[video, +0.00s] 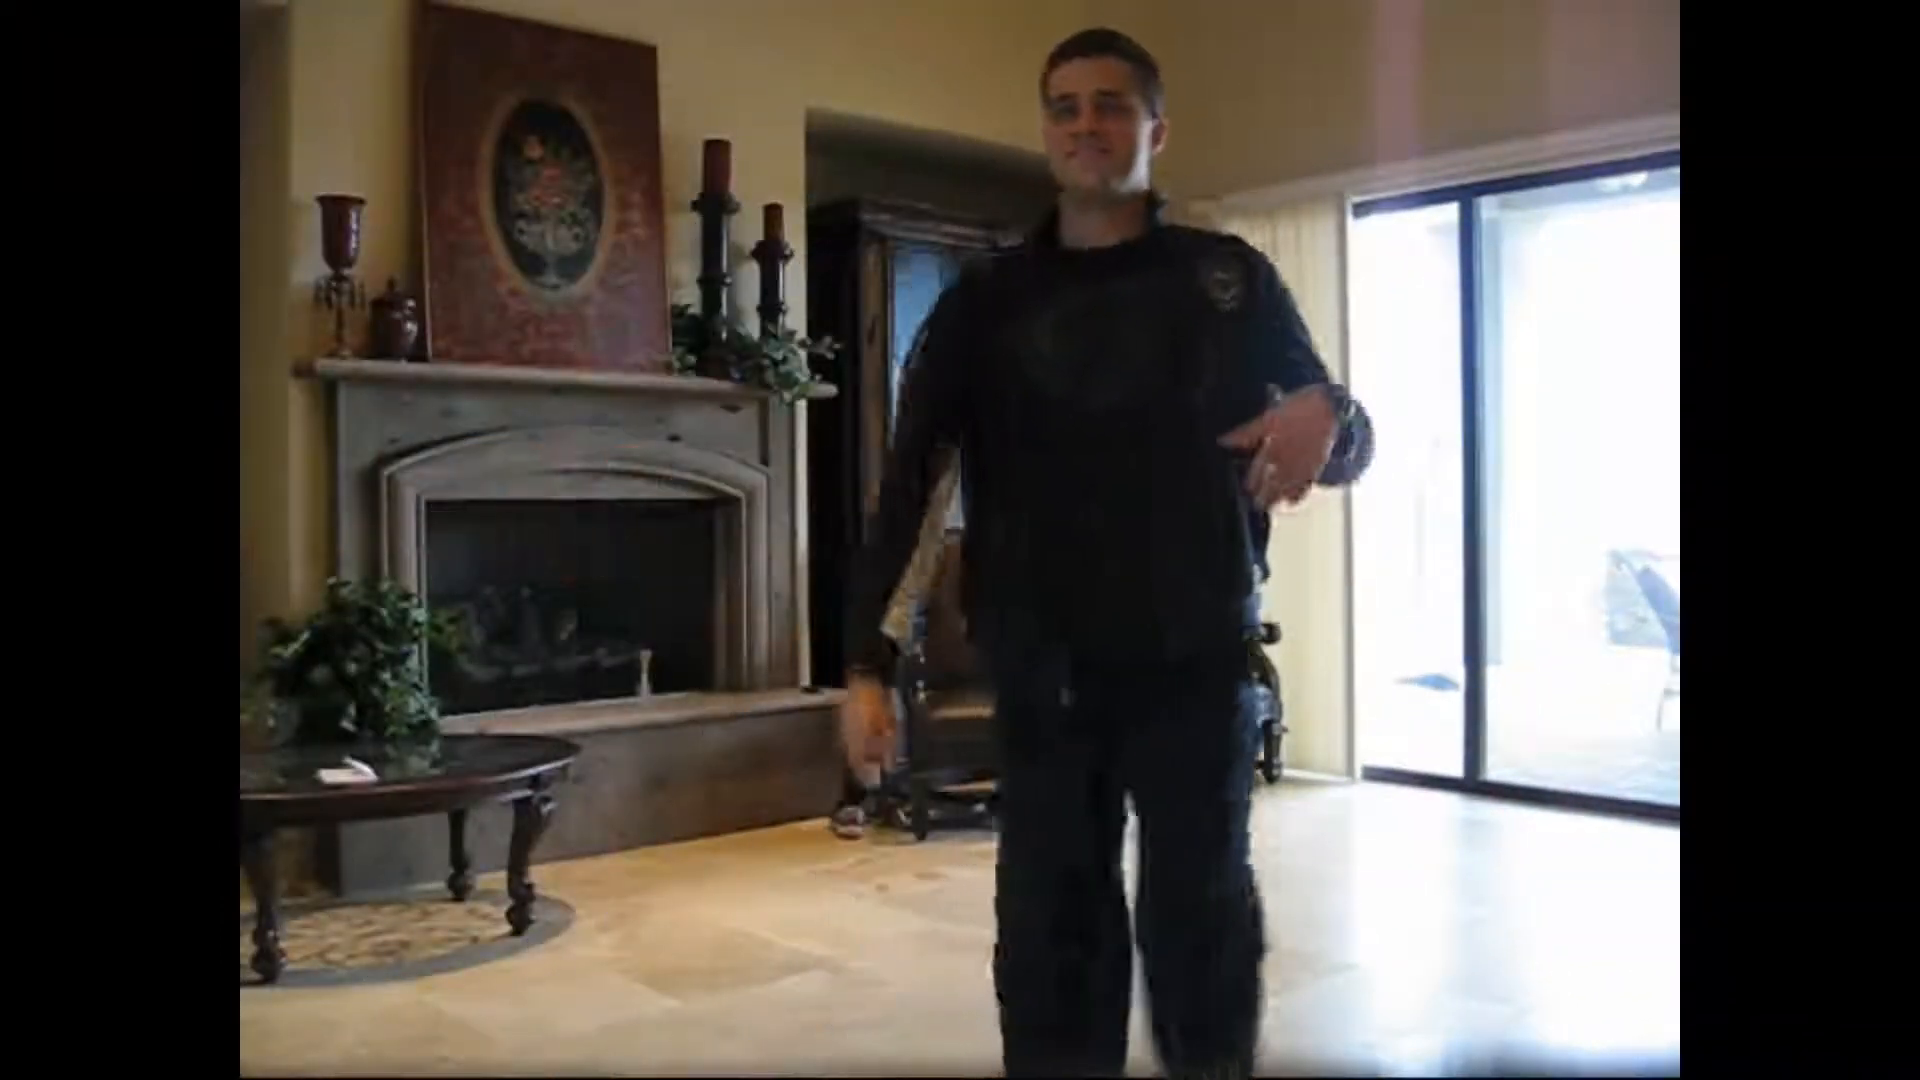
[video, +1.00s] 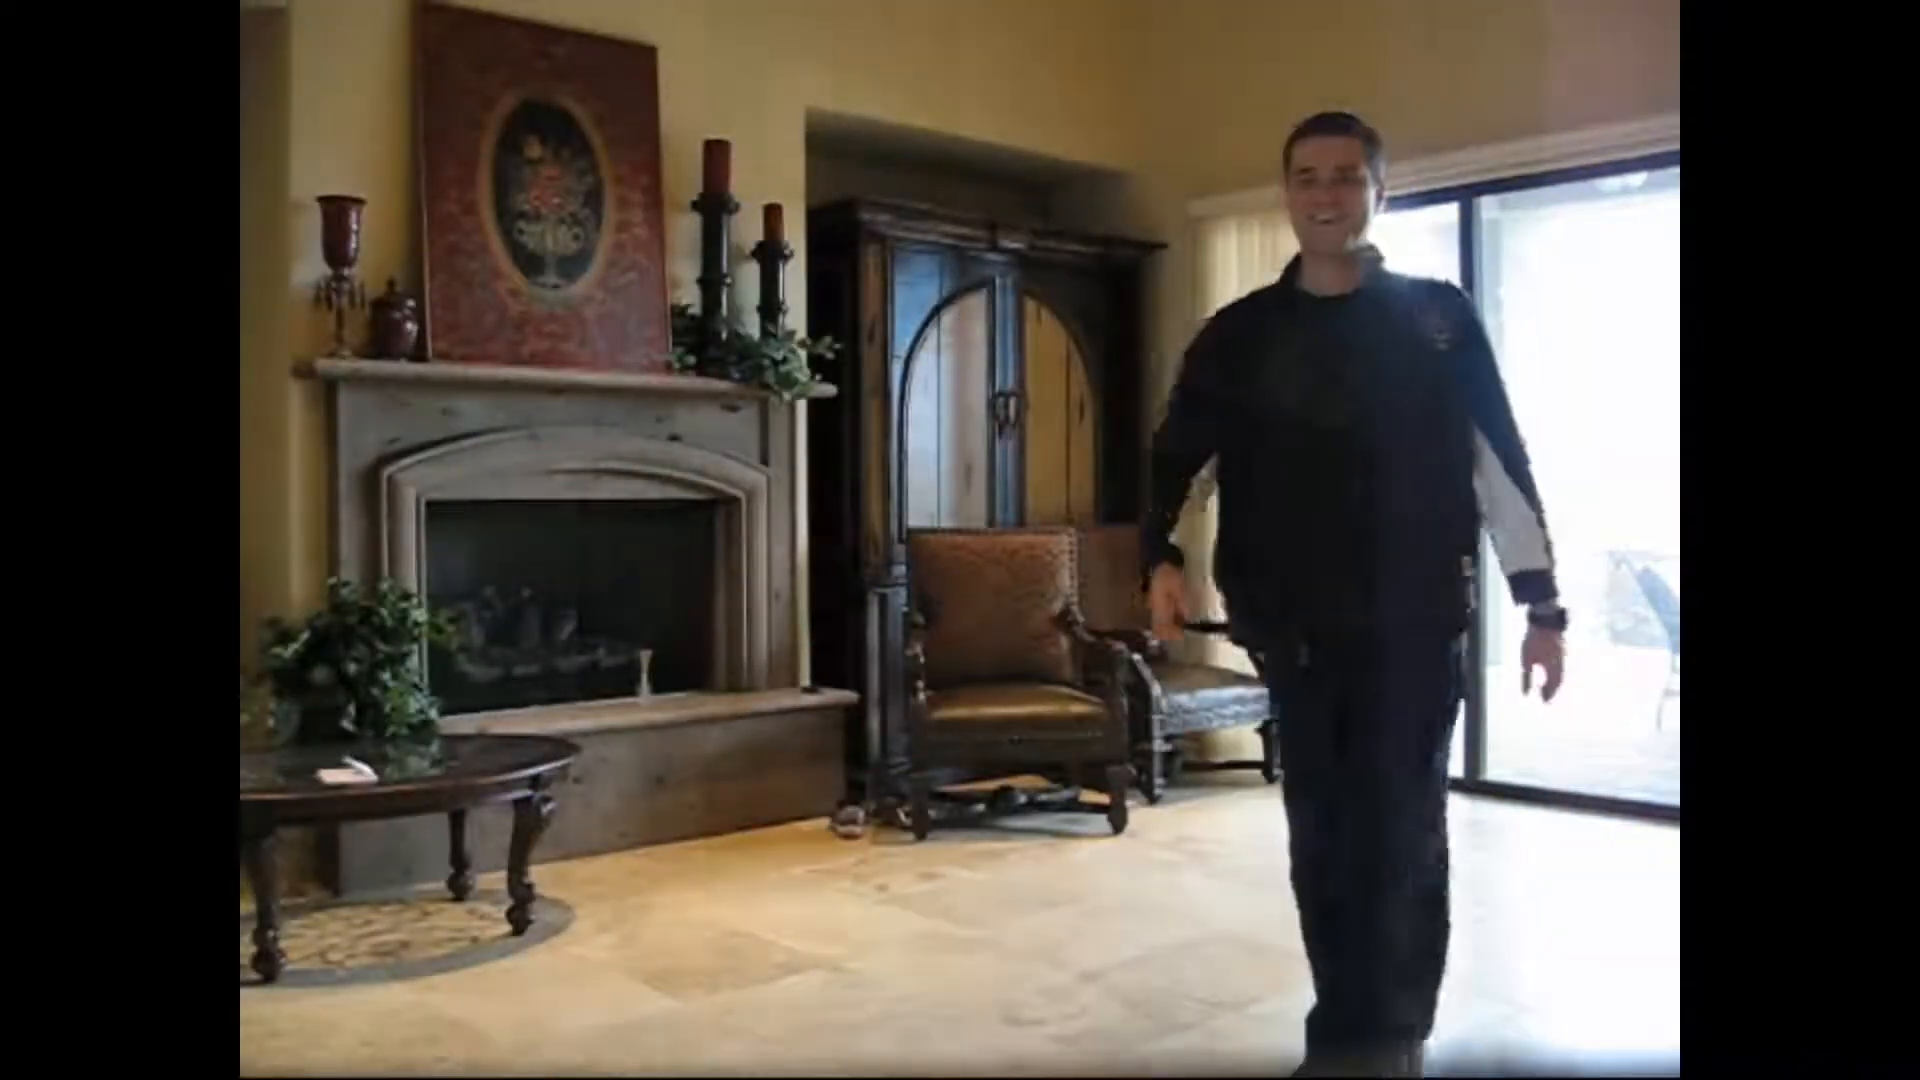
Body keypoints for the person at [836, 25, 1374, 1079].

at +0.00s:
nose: (1088, 125)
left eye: (1112, 106)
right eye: (1065, 108)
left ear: (1156, 129)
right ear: (1042, 133)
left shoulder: (1226, 276)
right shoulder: (983, 297)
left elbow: (1336, 434)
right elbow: (908, 485)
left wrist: (1327, 411)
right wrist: (867, 659)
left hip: (1195, 656)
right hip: (1041, 659)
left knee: (1200, 914)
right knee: (1048, 922)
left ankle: (1211, 1067)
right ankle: (1058, 1074)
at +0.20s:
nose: (1159, 163)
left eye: (1182, 144)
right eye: (1138, 147)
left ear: (1219, 164)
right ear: (1112, 170)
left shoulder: (1295, 302)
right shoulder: (1072, 322)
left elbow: (1414, 461)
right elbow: (1017, 496)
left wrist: (1350, 418)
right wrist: (974, 641)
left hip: (1260, 668)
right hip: (1112, 668)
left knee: (1296, 920)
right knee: (1087, 928)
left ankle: (1316, 1058)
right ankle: (1068, 1069)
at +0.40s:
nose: (1230, 172)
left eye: (1251, 153)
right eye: (1210, 156)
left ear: (1288, 169)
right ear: (1187, 176)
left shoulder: (1357, 299)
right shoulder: (1156, 322)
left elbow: (1463, 452)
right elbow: (1111, 489)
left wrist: (1380, 510)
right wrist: (1063, 633)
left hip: (1326, 639)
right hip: (1192, 635)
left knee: (1329, 886)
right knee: (1157, 883)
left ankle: (1322, 1064)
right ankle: (1125, 1066)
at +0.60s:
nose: (1279, 183)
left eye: (1298, 165)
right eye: (1258, 168)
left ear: (1333, 182)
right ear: (1236, 188)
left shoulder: (1401, 309)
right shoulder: (1191, 332)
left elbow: (1478, 472)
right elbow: (1141, 487)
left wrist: (1513, 626)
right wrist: (1087, 617)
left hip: (1362, 640)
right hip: (1234, 641)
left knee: (1350, 871)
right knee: (1220, 848)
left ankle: (1339, 1058)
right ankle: (1269, 1034)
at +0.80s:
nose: (1304, 194)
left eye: (1324, 177)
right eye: (1287, 177)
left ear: (1356, 192)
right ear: (1263, 193)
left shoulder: (1417, 319)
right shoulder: (1213, 334)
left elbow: (1500, 467)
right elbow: (1144, 460)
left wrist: (1571, 610)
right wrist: (1111, 550)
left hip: (1391, 627)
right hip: (1273, 631)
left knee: (1374, 842)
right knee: (1307, 839)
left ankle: (1352, 1049)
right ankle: (1339, 1027)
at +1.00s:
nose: (1327, 194)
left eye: (1346, 177)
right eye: (1309, 178)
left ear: (1377, 193)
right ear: (1284, 195)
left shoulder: (1434, 314)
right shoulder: (1235, 335)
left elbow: (1500, 463)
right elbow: (1167, 466)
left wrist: (1542, 605)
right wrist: (1159, 558)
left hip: (1412, 622)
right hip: (1294, 626)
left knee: (1402, 836)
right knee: (1321, 840)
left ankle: (1397, 1045)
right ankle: (1338, 1045)